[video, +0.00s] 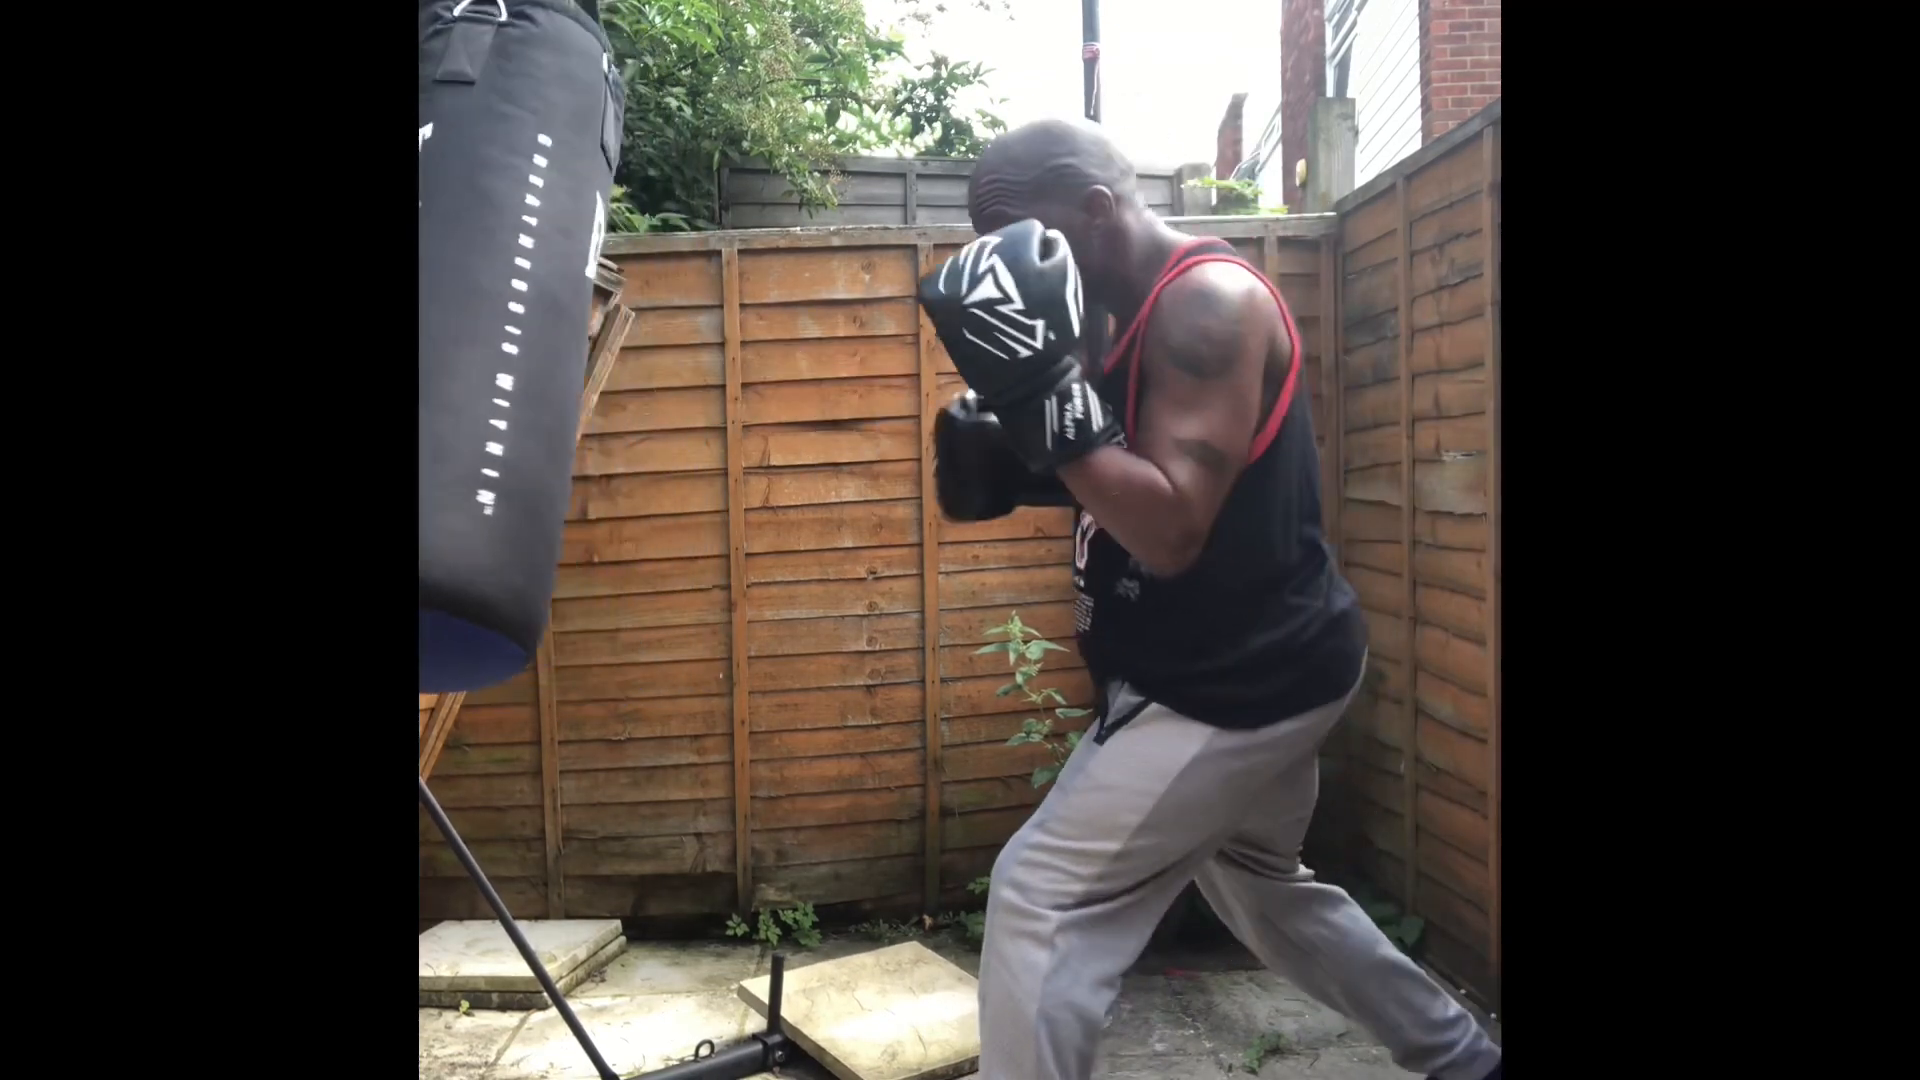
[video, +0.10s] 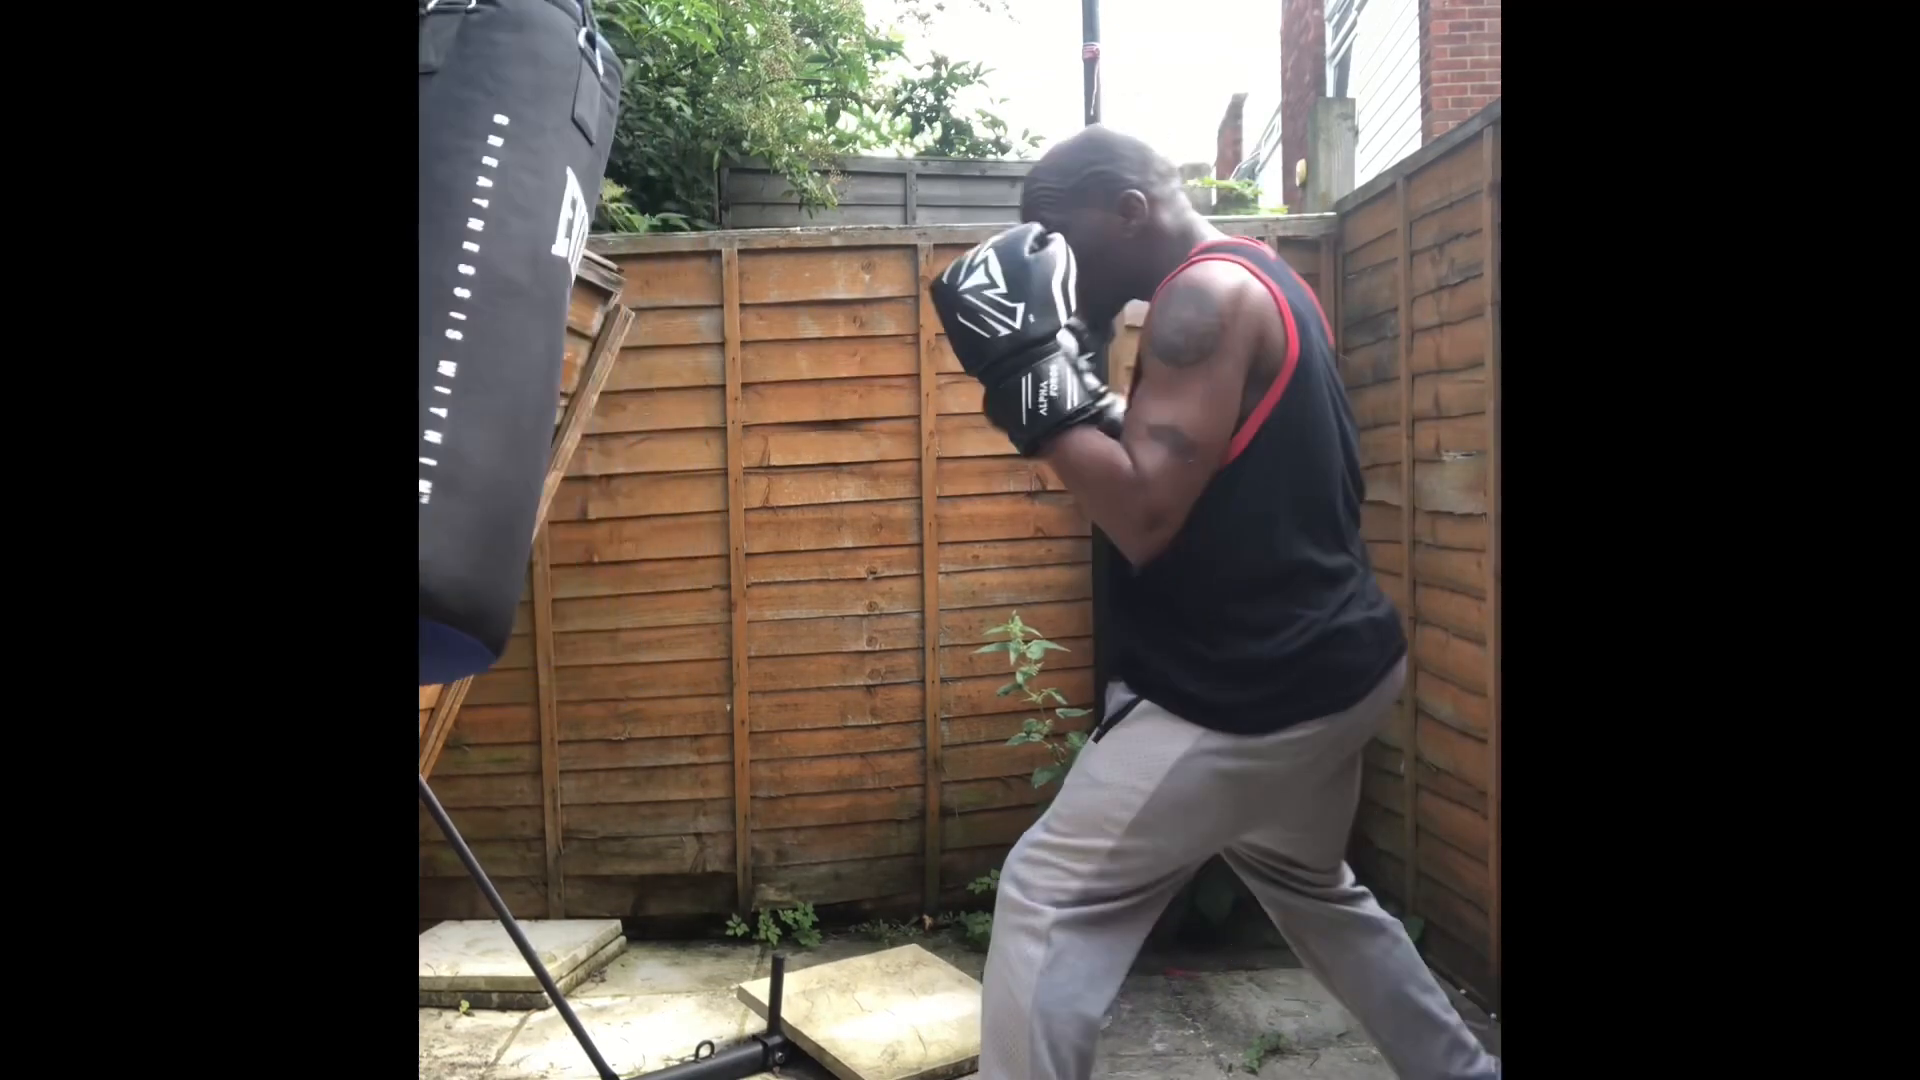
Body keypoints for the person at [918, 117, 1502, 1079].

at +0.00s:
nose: (1004, 262)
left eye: (1018, 232)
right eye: (995, 239)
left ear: (1101, 208)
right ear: (1097, 214)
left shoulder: (1209, 299)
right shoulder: (1107, 306)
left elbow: (1171, 533)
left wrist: (1046, 399)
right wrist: (1020, 475)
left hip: (1241, 676)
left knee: (1039, 894)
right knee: (1260, 882)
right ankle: (1462, 1054)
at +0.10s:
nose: (1058, 271)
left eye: (1060, 240)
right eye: (1049, 247)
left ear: (1130, 208)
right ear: (1147, 210)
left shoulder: (1207, 295)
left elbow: (1139, 518)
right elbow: (1187, 476)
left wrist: (1031, 375)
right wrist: (1083, 398)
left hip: (1239, 689)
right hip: (1328, 664)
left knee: (1048, 895)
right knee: (1308, 884)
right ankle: (1460, 1068)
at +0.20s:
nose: (1107, 276)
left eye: (1109, 245)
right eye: (1098, 252)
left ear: (1176, 212)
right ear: (1198, 212)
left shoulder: (1231, 291)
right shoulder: (1325, 274)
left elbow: (1172, 507)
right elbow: (1281, 470)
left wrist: (1070, 373)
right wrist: (1134, 379)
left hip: (1262, 687)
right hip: (1381, 661)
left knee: (1077, 896)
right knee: (1351, 895)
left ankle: (1037, 1068)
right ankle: (1468, 1070)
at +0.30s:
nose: (1144, 268)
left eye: (1143, 238)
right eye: (1135, 246)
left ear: (1210, 204)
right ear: (1229, 202)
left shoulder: (1255, 278)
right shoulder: (1366, 260)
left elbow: (1210, 496)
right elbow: (1306, 458)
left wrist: (1105, 370)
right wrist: (1170, 360)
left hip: (1291, 673)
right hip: (1411, 648)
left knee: (1115, 898)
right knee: (1372, 882)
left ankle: (1068, 1069)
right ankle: (1473, 1066)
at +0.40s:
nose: (1163, 261)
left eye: (1163, 233)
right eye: (1154, 239)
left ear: (1229, 194)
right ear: (1250, 188)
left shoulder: (1270, 265)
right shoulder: (1388, 254)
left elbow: (1225, 479)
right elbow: (1305, 445)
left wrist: (1115, 361)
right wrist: (1181, 350)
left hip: (1304, 659)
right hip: (1423, 636)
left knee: (1140, 908)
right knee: (1377, 879)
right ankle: (1474, 1067)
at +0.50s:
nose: (1163, 260)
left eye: (1165, 233)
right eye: (1155, 239)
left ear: (1232, 195)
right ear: (1253, 190)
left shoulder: (1274, 266)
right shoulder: (1384, 255)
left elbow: (1225, 478)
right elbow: (1293, 446)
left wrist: (1117, 358)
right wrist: (1180, 348)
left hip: (1301, 663)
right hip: (1422, 639)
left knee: (1142, 912)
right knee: (1379, 882)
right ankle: (1475, 1067)